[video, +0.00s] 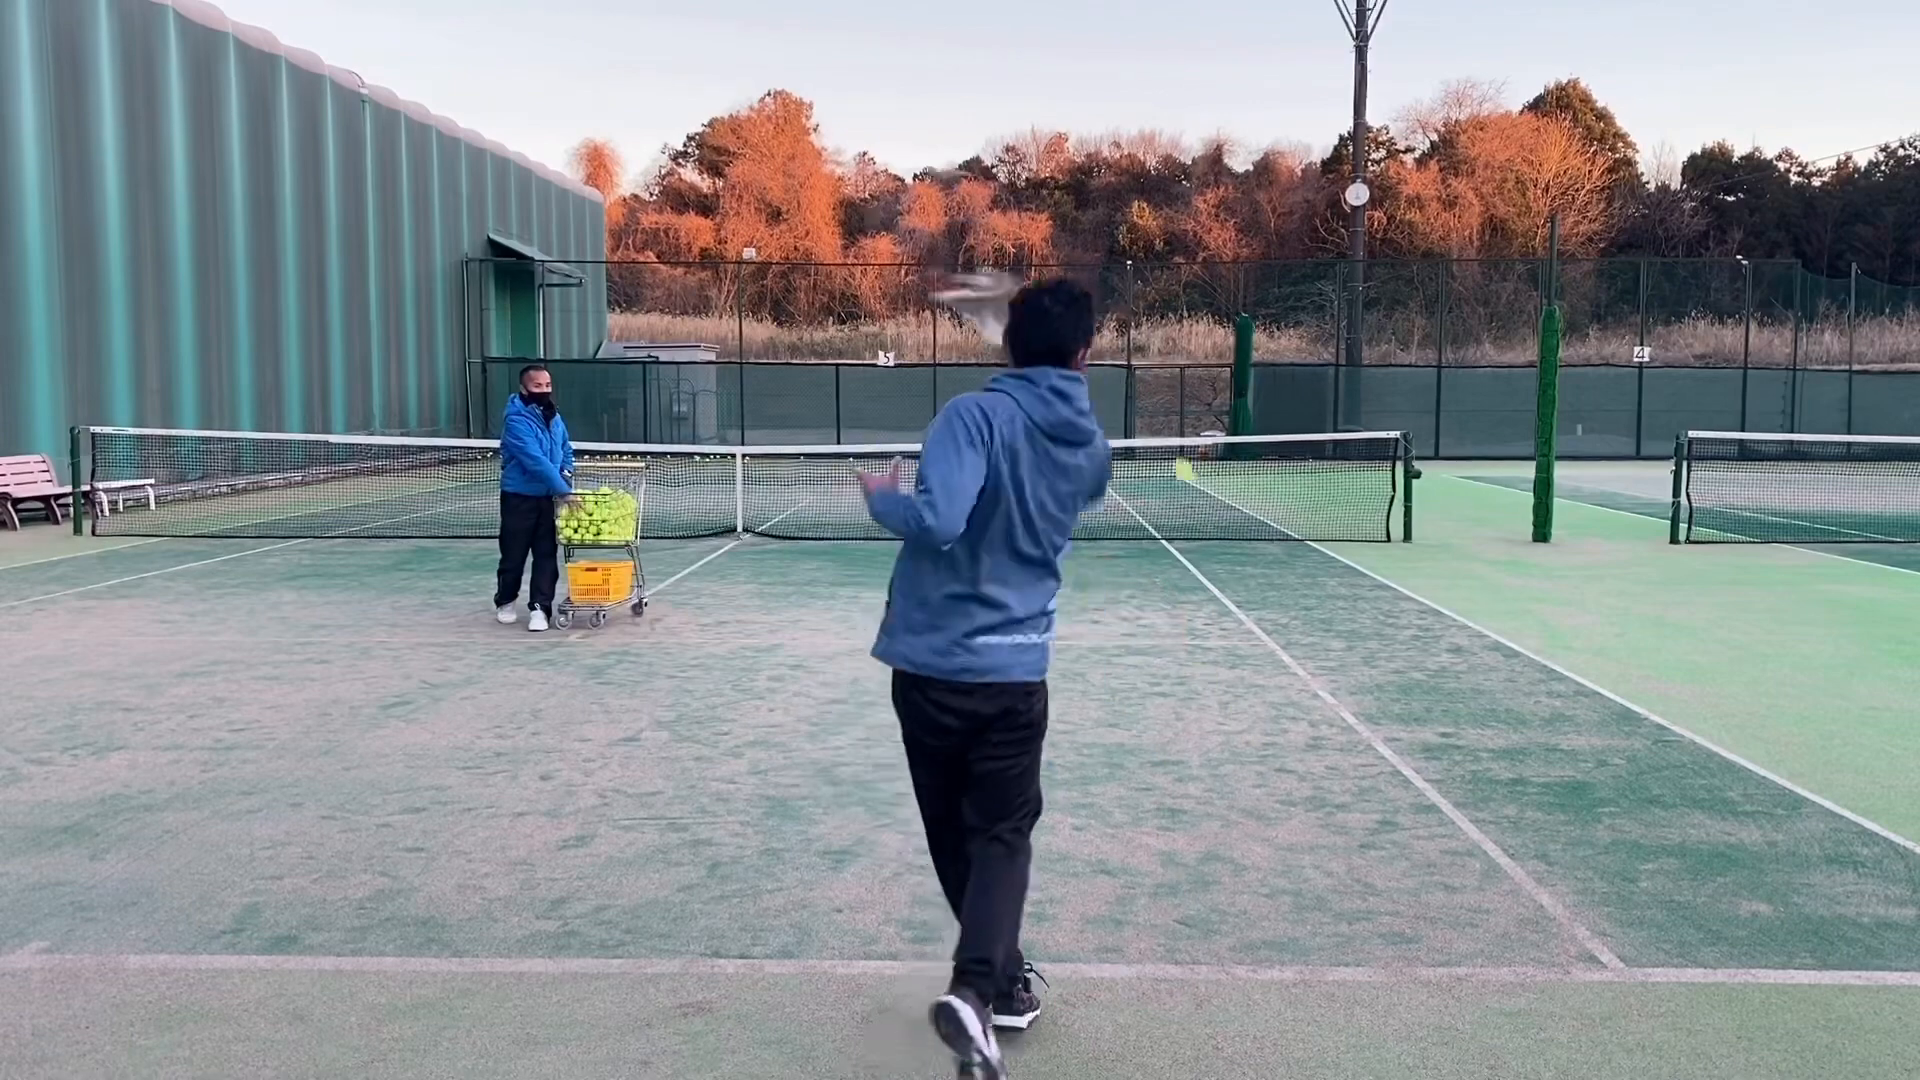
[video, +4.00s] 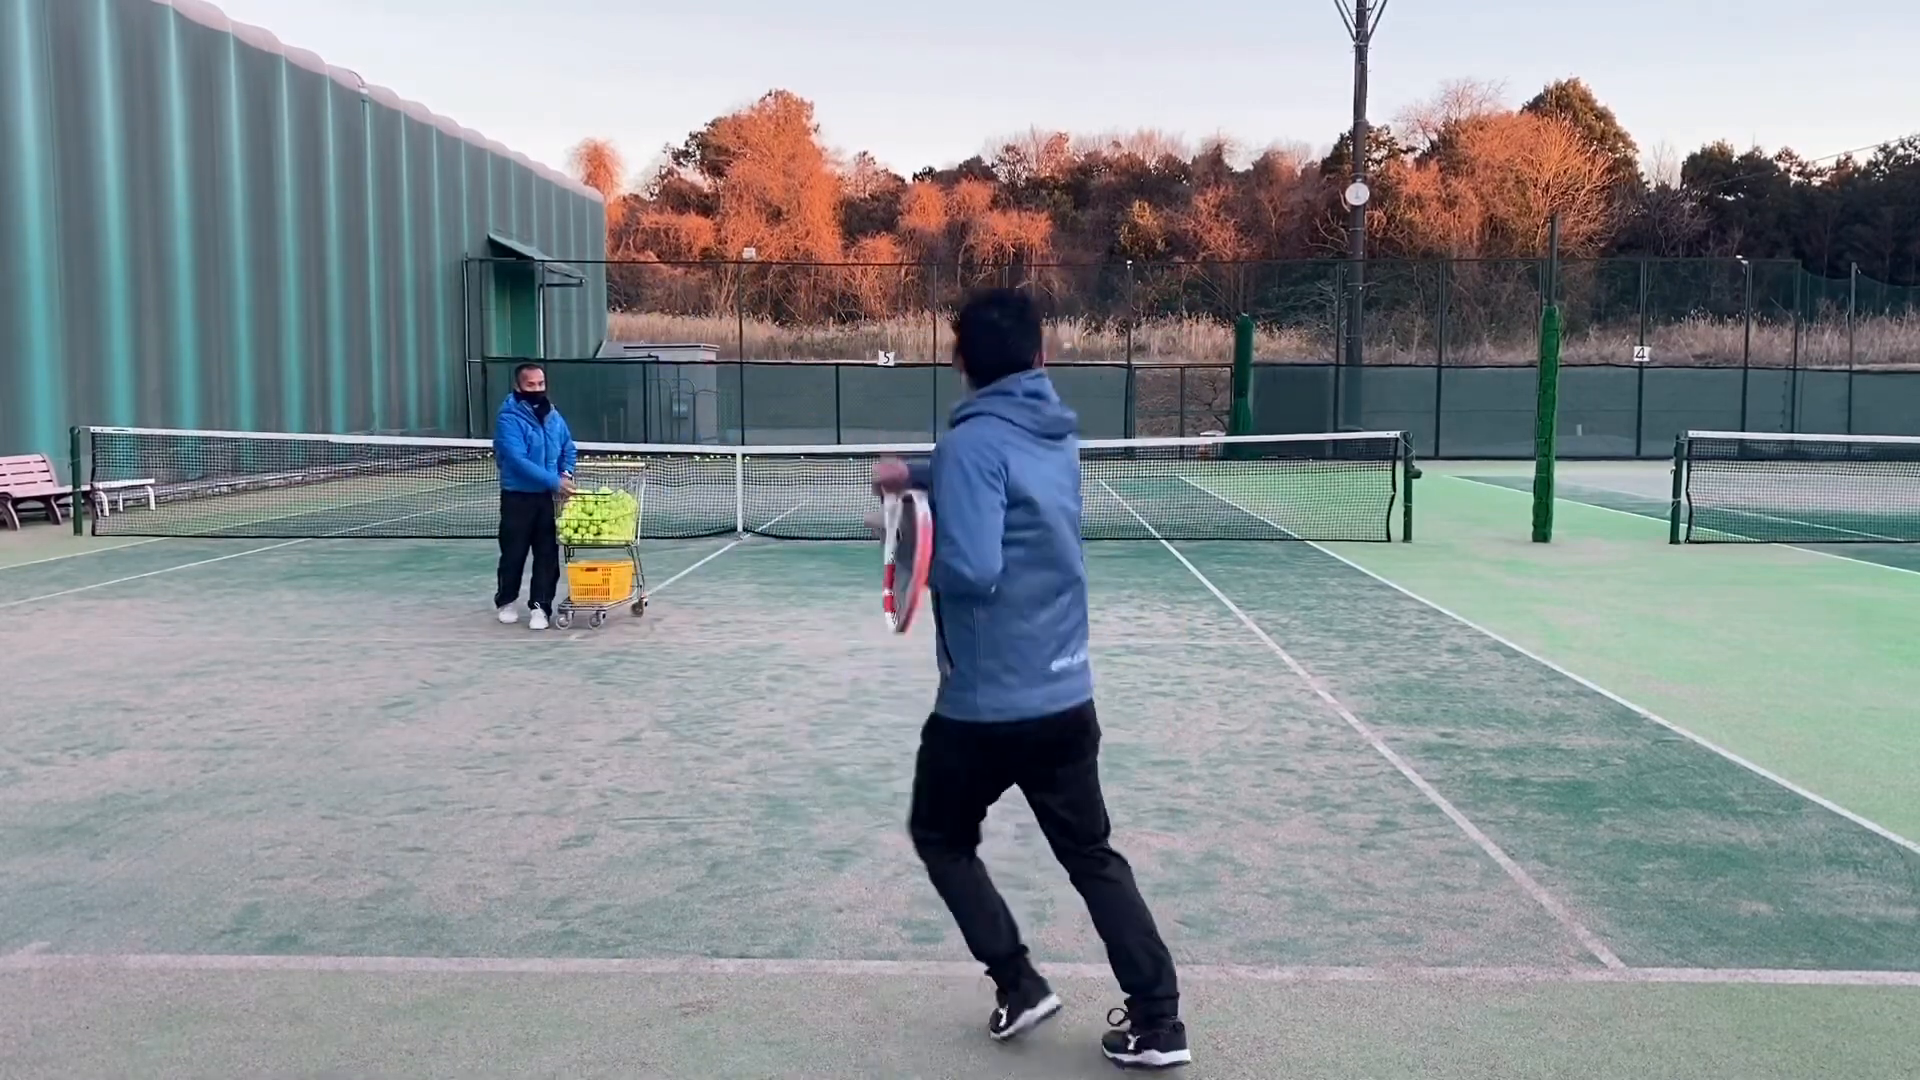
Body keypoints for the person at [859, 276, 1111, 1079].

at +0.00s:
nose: (1002, 338)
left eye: (1009, 328)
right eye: (1084, 342)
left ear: (1009, 340)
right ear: (1083, 351)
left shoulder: (970, 418)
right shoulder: (1087, 445)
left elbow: (940, 520)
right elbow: (1060, 495)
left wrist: (882, 497)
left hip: (929, 670)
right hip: (1016, 676)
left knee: (951, 833)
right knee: (1004, 832)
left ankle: (1010, 982)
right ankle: (971, 995)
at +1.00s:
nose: (722, 334)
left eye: (724, 323)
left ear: (730, 328)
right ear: (804, 323)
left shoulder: (703, 410)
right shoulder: (852, 416)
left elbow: (645, 525)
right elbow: (887, 533)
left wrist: (714, 520)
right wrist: (812, 538)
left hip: (730, 662)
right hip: (823, 662)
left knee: (721, 820)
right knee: (814, 822)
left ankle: (721, 991)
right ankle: (815, 1007)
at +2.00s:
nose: (545, 352)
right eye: (543, 342)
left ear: (455, 345)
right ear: (536, 349)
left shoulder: (401, 427)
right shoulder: (545, 445)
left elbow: (349, 536)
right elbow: (570, 576)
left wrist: (428, 559)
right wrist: (528, 604)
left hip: (399, 694)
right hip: (493, 703)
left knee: (361, 863)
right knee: (550, 861)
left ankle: (308, 1028)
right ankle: (526, 1043)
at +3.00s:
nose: (946, 435)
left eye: (948, 422)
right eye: (945, 421)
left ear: (885, 396)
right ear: (926, 417)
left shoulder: (878, 484)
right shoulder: (847, 449)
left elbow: (904, 564)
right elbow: (736, 480)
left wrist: (979, 594)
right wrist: (809, 470)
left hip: (806, 728)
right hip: (794, 733)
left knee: (870, 893)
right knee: (907, 927)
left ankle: (788, 1038)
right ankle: (872, 1072)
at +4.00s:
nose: (952, 362)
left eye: (954, 352)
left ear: (962, 360)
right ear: (1041, 354)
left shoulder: (970, 445)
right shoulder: (1056, 433)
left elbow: (974, 569)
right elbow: (995, 475)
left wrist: (914, 520)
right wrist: (916, 472)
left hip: (985, 710)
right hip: (1064, 700)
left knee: (941, 836)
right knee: (1092, 854)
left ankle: (1018, 983)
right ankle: (1158, 1021)